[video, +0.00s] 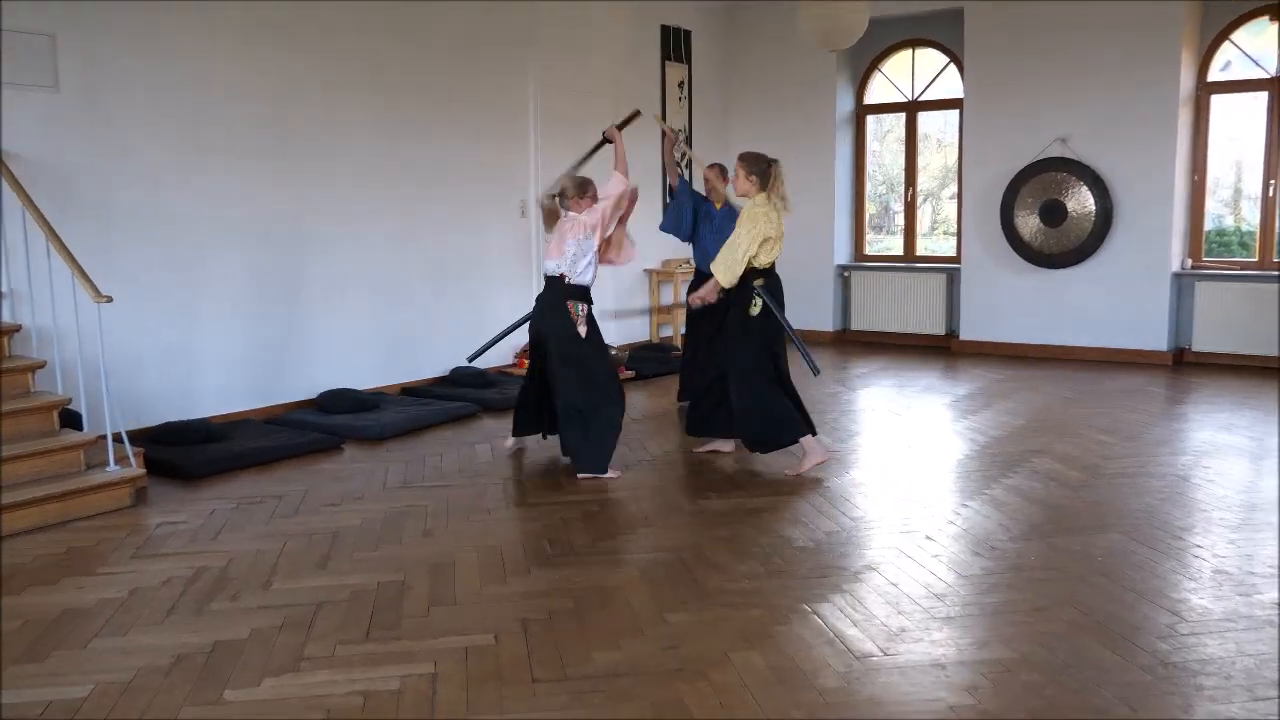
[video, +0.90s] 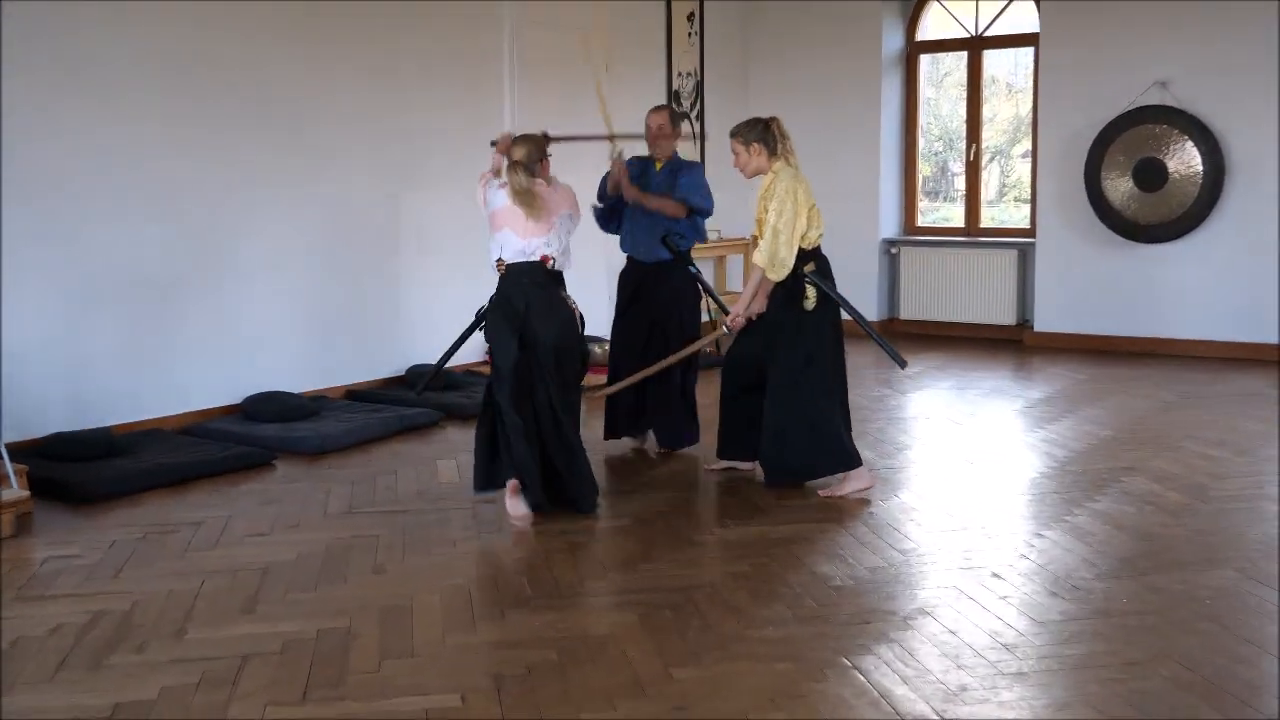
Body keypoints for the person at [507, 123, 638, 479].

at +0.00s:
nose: (595, 204)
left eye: (594, 198)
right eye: (591, 198)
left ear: (570, 202)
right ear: (575, 201)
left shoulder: (567, 228)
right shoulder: (578, 225)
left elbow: (613, 254)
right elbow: (618, 187)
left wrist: (622, 217)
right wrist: (618, 142)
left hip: (551, 307)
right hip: (568, 308)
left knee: (546, 373)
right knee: (603, 386)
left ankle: (519, 432)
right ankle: (590, 464)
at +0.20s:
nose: (594, 188)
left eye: (592, 184)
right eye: (591, 183)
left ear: (564, 187)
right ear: (580, 188)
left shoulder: (554, 215)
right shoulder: (584, 221)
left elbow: (608, 202)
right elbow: (643, 217)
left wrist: (643, 186)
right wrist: (646, 172)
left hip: (546, 302)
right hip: (573, 304)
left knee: (548, 378)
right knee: (601, 382)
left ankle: (521, 442)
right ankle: (597, 467)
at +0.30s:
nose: (587, 183)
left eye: (585, 177)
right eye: (584, 177)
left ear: (554, 180)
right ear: (576, 181)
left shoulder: (540, 213)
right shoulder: (578, 217)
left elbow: (593, 210)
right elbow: (627, 238)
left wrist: (631, 211)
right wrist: (646, 219)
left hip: (537, 305)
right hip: (567, 306)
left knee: (544, 387)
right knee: (597, 384)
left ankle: (530, 466)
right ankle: (596, 468)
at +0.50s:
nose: (575, 180)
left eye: (573, 174)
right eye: (573, 175)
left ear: (538, 178)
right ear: (565, 179)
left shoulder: (518, 217)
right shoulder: (577, 220)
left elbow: (512, 273)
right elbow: (595, 274)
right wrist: (602, 254)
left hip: (521, 309)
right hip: (562, 310)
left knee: (531, 400)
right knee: (570, 395)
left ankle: (540, 498)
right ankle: (576, 483)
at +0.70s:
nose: (570, 174)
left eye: (569, 168)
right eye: (569, 169)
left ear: (530, 171)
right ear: (561, 174)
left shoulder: (506, 210)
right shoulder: (571, 216)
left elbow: (499, 262)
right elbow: (580, 266)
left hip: (510, 306)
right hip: (552, 307)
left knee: (517, 402)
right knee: (556, 396)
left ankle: (536, 501)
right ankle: (564, 487)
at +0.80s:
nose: (565, 172)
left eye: (562, 166)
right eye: (563, 167)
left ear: (523, 169)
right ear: (556, 171)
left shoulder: (499, 207)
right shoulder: (568, 210)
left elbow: (496, 240)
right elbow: (575, 248)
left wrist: (510, 190)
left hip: (507, 303)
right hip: (550, 302)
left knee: (516, 400)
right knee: (556, 393)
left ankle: (530, 499)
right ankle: (558, 484)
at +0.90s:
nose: (552, 163)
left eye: (547, 158)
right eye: (549, 158)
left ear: (510, 164)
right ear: (543, 164)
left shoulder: (496, 198)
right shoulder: (563, 197)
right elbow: (568, 216)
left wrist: (498, 155)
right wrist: (538, 173)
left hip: (508, 295)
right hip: (550, 295)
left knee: (511, 390)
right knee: (554, 385)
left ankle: (514, 481)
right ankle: (557, 482)